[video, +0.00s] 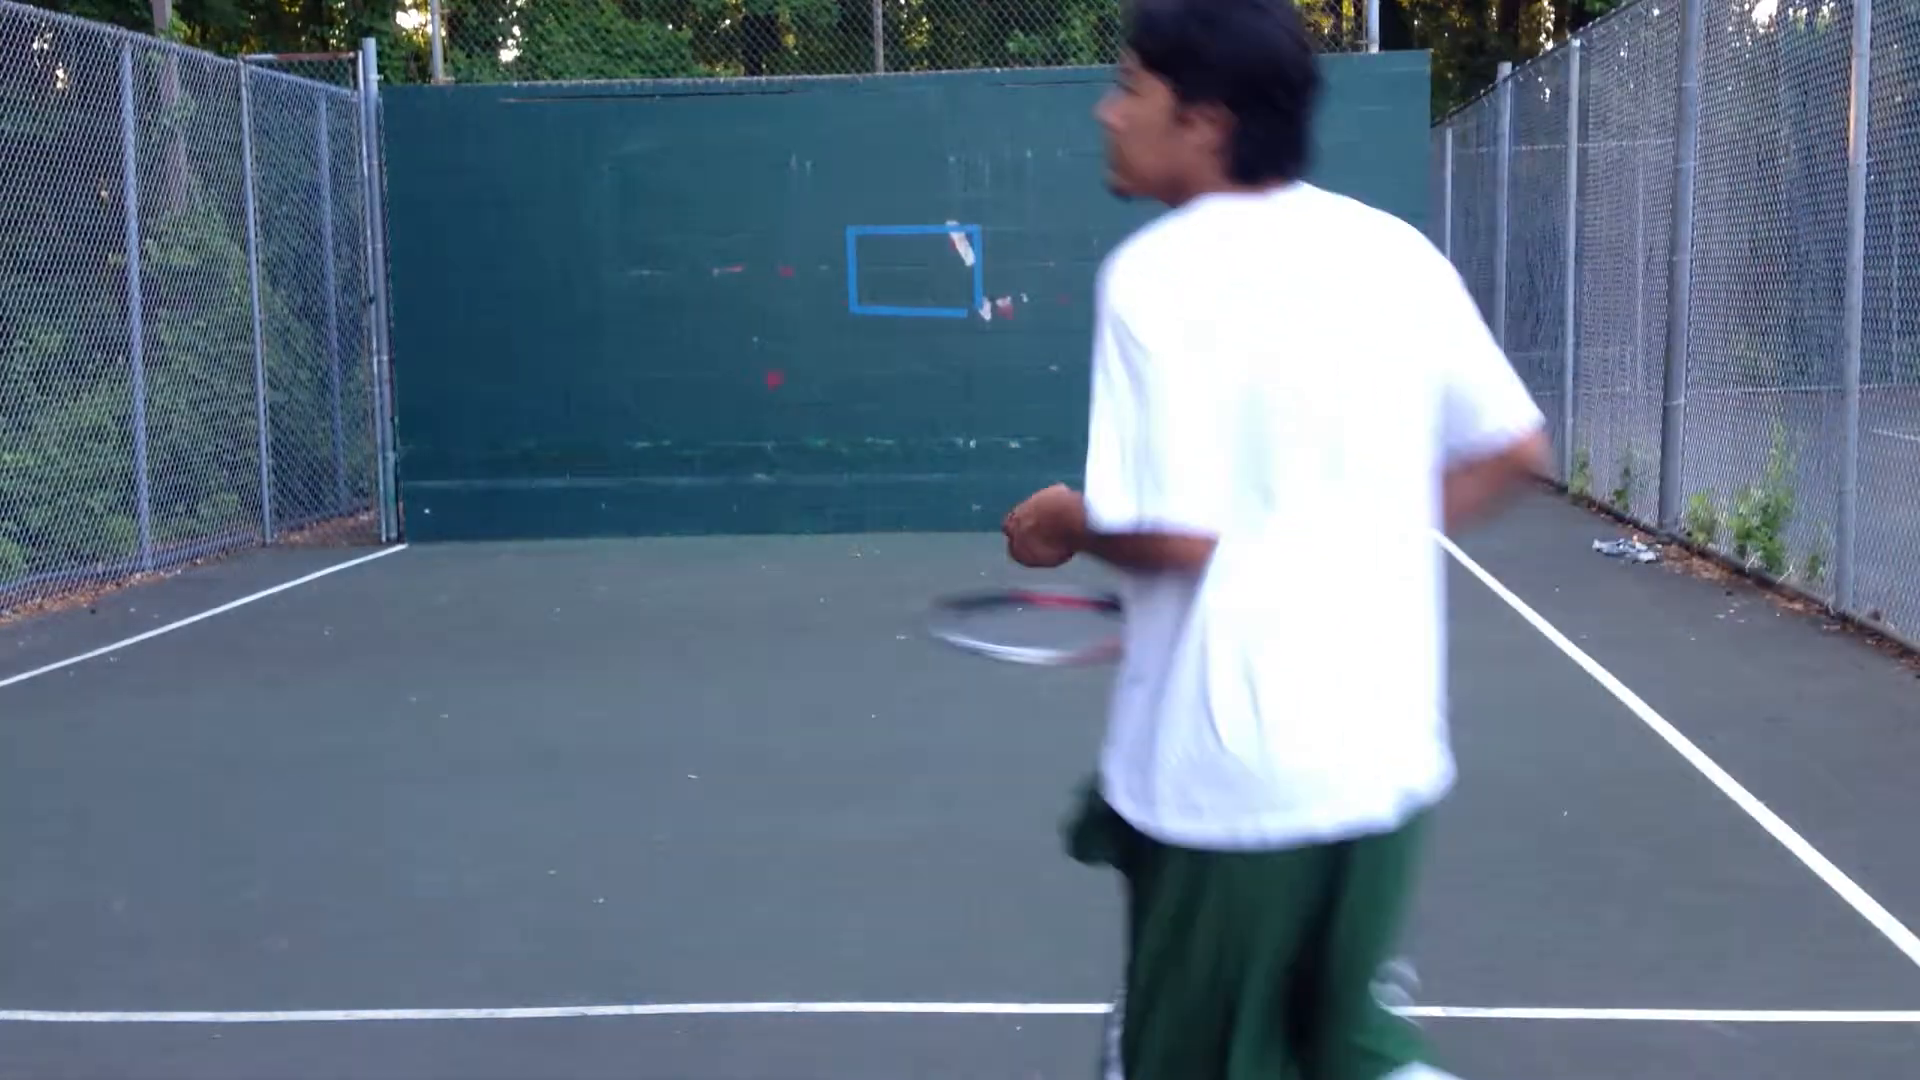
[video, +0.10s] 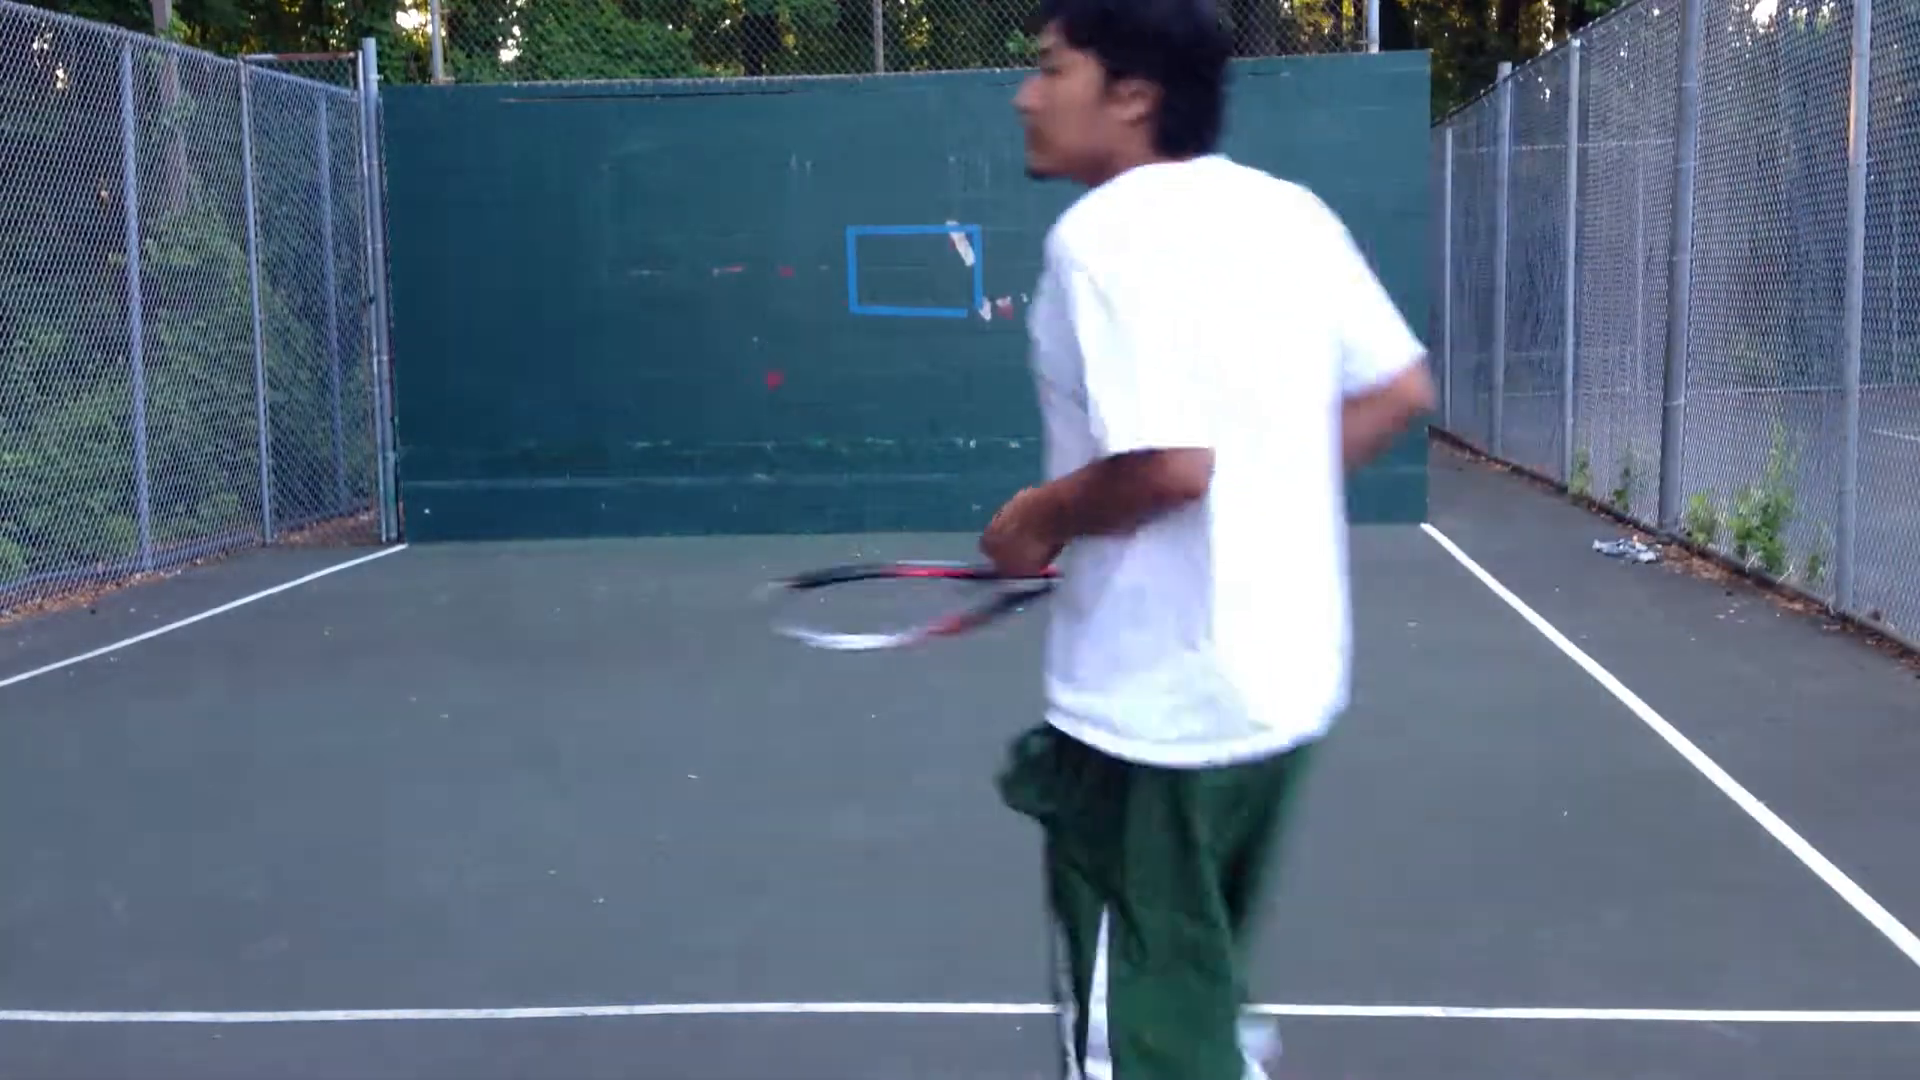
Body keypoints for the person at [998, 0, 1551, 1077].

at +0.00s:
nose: (1107, 109)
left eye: (1133, 87)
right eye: (1118, 83)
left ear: (1208, 121)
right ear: (1222, 120)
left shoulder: (1154, 273)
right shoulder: (1394, 246)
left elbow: (1177, 538)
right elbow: (1513, 449)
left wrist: (1075, 523)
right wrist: (1364, 524)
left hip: (1226, 777)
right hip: (1391, 752)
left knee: (1190, 1053)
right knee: (1347, 1027)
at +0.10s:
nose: (1024, 97)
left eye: (1050, 70)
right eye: (1035, 68)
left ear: (1131, 98)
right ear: (1145, 103)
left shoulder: (1101, 232)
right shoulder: (1289, 210)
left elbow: (1172, 465)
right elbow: (1401, 387)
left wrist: (1039, 512)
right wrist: (1253, 483)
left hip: (1156, 708)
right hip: (1287, 687)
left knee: (1140, 1002)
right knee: (1197, 971)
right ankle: (1222, 1052)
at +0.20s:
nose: (949, 140)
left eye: (979, 117)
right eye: (958, 116)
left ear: (1066, 147)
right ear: (1065, 153)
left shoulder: (1068, 277)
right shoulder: (1160, 252)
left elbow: (1138, 498)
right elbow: (1272, 408)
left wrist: (989, 561)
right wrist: (1152, 502)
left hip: (1119, 741)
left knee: (1092, 1015)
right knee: (1002, 957)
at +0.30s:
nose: (897, 179)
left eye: (930, 157)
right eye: (895, 158)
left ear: (1010, 186)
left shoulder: (1055, 326)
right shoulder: (962, 331)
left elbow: (1126, 531)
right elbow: (1013, 532)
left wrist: (946, 604)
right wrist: (926, 615)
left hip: (1072, 764)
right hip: (979, 748)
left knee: (1049, 1051)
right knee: (926, 1021)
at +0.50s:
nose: (849, 180)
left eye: (879, 159)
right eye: (829, 159)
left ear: (931, 183)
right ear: (807, 183)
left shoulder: (1010, 310)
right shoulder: (786, 306)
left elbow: (1081, 470)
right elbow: (778, 464)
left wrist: (969, 540)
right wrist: (750, 582)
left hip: (973, 704)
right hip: (834, 702)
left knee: (998, 1004)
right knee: (853, 1001)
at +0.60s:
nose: (837, 151)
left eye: (864, 129)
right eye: (815, 129)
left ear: (909, 148)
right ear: (789, 149)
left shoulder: (987, 268)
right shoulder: (747, 277)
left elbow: (1050, 412)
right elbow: (730, 434)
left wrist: (968, 468)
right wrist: (709, 543)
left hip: (953, 671)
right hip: (807, 677)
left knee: (1004, 974)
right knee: (838, 979)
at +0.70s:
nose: (829, 157)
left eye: (853, 135)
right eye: (805, 134)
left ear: (890, 155)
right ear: (774, 154)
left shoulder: (963, 267)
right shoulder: (723, 282)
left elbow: (1023, 411)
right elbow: (701, 436)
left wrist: (980, 440)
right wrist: (691, 550)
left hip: (938, 656)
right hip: (784, 662)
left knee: (970, 934)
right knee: (799, 953)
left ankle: (974, 1074)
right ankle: (808, 1079)